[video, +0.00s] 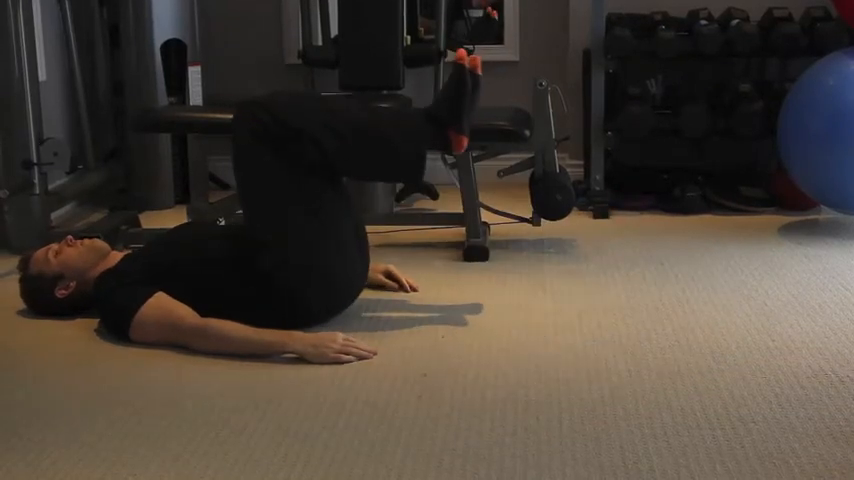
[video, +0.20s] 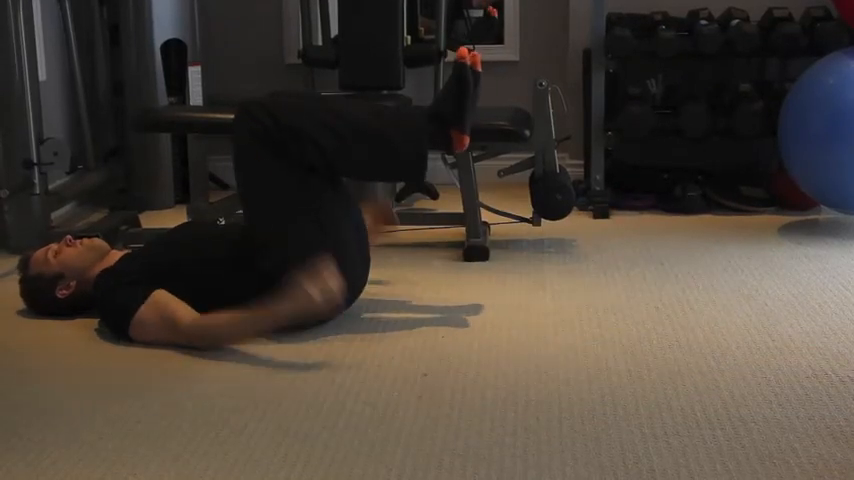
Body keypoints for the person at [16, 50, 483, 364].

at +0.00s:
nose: (70, 235)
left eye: (60, 237)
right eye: (57, 250)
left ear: (81, 245)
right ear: (67, 287)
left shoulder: (143, 250)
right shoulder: (117, 298)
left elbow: (245, 251)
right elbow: (200, 332)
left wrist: (356, 273)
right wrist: (303, 344)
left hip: (314, 265)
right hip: (297, 288)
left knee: (274, 119)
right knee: (260, 121)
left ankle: (431, 125)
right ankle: (433, 132)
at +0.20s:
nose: (66, 236)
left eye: (56, 237)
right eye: (54, 250)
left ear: (81, 241)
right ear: (67, 287)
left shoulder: (141, 253)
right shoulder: (115, 293)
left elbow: (238, 241)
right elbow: (193, 328)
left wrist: (346, 218)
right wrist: (295, 305)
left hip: (318, 253)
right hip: (305, 281)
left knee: (271, 118)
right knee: (259, 121)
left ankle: (432, 125)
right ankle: (431, 132)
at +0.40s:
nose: (68, 236)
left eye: (58, 237)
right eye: (56, 250)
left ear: (80, 237)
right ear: (66, 288)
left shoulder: (141, 254)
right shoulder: (116, 296)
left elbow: (242, 212)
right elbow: (186, 278)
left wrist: (254, 113)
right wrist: (182, 154)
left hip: (315, 264)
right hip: (300, 283)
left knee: (269, 118)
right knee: (255, 121)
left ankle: (426, 121)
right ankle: (429, 127)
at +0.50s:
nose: (67, 234)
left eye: (57, 235)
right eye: (55, 249)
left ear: (80, 233)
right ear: (66, 288)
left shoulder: (144, 266)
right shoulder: (117, 297)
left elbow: (225, 210)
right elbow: (158, 243)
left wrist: (212, 119)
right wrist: (150, 152)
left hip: (317, 267)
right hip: (298, 282)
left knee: (265, 119)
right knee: (257, 121)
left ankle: (425, 123)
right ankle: (428, 128)